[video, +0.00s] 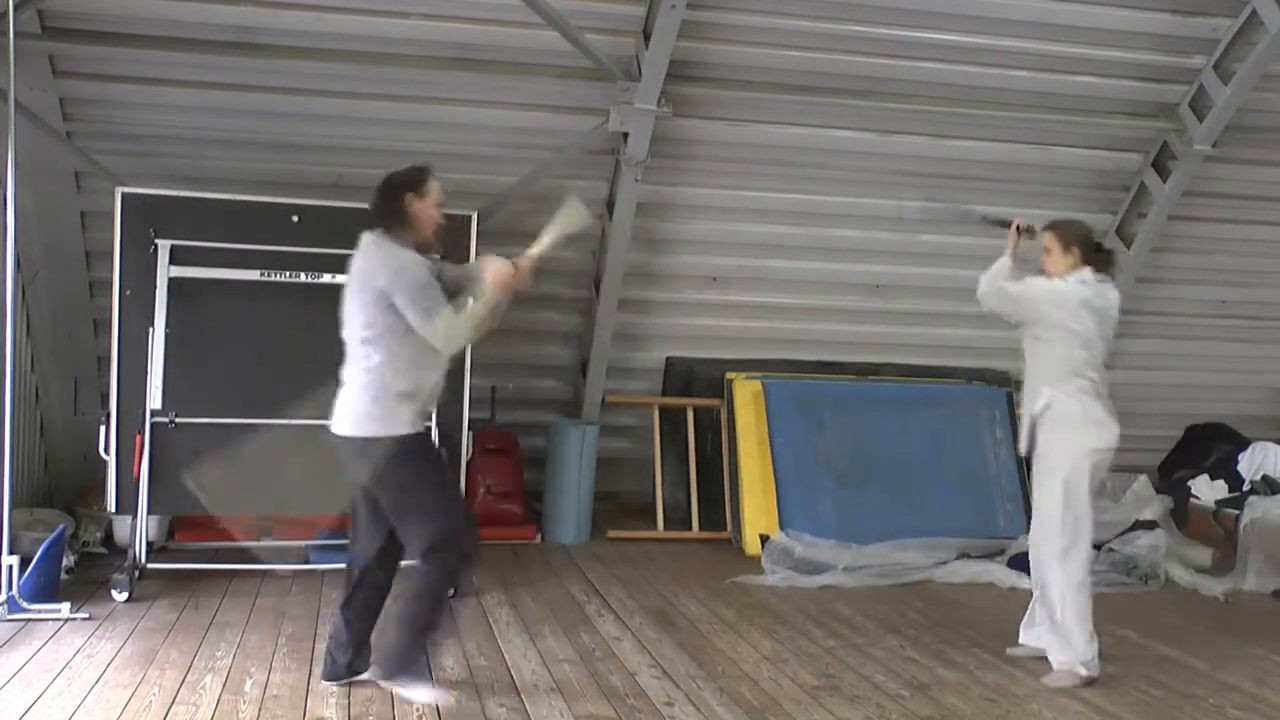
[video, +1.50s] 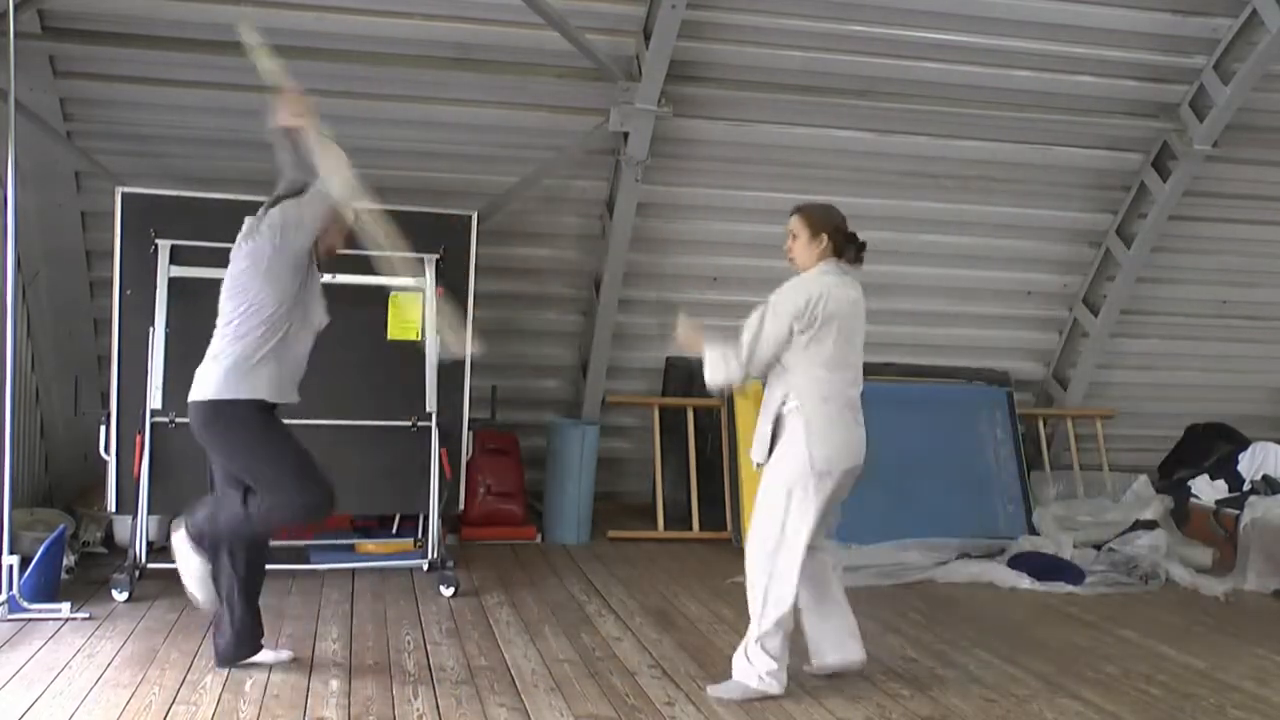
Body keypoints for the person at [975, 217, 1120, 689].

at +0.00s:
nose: (1041, 260)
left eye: (1048, 253)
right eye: (1042, 252)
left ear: (1073, 255)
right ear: (1080, 257)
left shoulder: (1053, 295)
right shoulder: (1100, 296)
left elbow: (991, 292)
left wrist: (1009, 254)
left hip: (1068, 429)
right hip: (1090, 426)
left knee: (1059, 540)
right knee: (1056, 534)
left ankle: (1077, 658)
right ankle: (1044, 633)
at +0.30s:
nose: (995, 274)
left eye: (1002, 265)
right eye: (995, 265)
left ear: (1029, 269)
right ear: (1027, 271)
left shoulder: (1031, 304)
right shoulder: (1028, 313)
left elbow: (972, 348)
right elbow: (982, 397)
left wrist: (942, 356)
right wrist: (949, 373)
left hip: (1045, 453)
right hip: (1046, 453)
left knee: (990, 536)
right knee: (1029, 547)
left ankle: (995, 656)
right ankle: (1049, 639)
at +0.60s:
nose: (967, 266)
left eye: (981, 250)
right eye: (971, 256)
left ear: (1000, 255)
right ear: (976, 256)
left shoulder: (1012, 291)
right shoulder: (957, 294)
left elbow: (972, 239)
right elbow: (917, 292)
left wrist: (922, 219)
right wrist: (909, 244)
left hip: (999, 441)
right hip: (956, 438)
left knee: (980, 551)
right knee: (939, 542)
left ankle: (982, 662)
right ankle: (1016, 597)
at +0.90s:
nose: (879, 259)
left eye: (888, 250)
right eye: (876, 250)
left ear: (914, 255)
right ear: (875, 254)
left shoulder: (927, 297)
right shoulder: (865, 298)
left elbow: (949, 252)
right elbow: (873, 225)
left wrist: (957, 206)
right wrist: (926, 194)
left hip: (916, 455)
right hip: (863, 454)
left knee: (923, 560)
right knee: (838, 558)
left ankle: (971, 657)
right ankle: (851, 659)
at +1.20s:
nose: (826, 251)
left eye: (836, 243)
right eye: (824, 243)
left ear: (864, 246)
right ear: (826, 245)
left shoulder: (873, 287)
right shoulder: (833, 286)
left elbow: (818, 288)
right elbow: (788, 281)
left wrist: (773, 231)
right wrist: (756, 236)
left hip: (858, 437)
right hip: (827, 435)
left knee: (796, 543)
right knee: (818, 545)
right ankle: (852, 656)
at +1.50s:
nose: (787, 246)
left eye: (794, 237)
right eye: (788, 237)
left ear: (822, 241)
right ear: (828, 243)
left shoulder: (803, 292)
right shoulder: (851, 290)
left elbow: (748, 353)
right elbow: (802, 353)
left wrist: (702, 344)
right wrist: (730, 348)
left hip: (806, 442)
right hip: (845, 439)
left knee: (769, 549)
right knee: (811, 542)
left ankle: (760, 672)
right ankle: (838, 651)